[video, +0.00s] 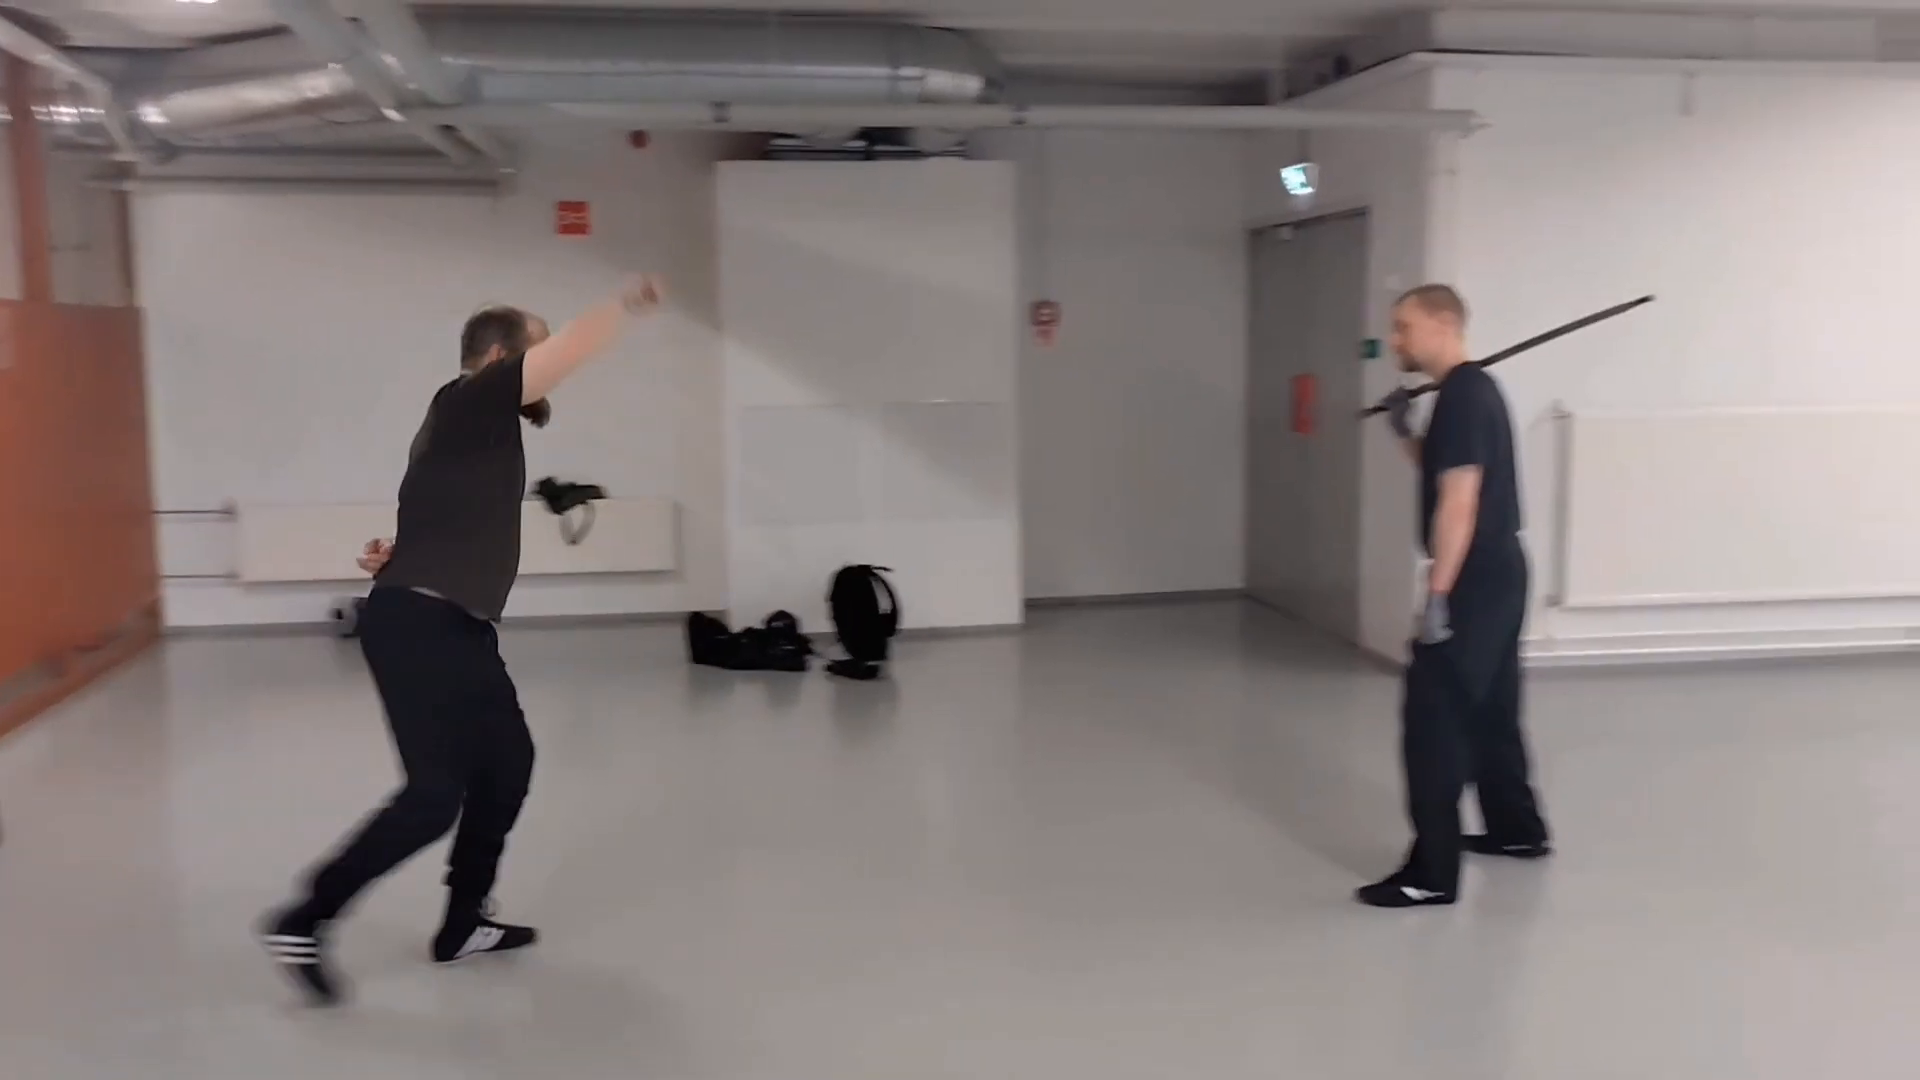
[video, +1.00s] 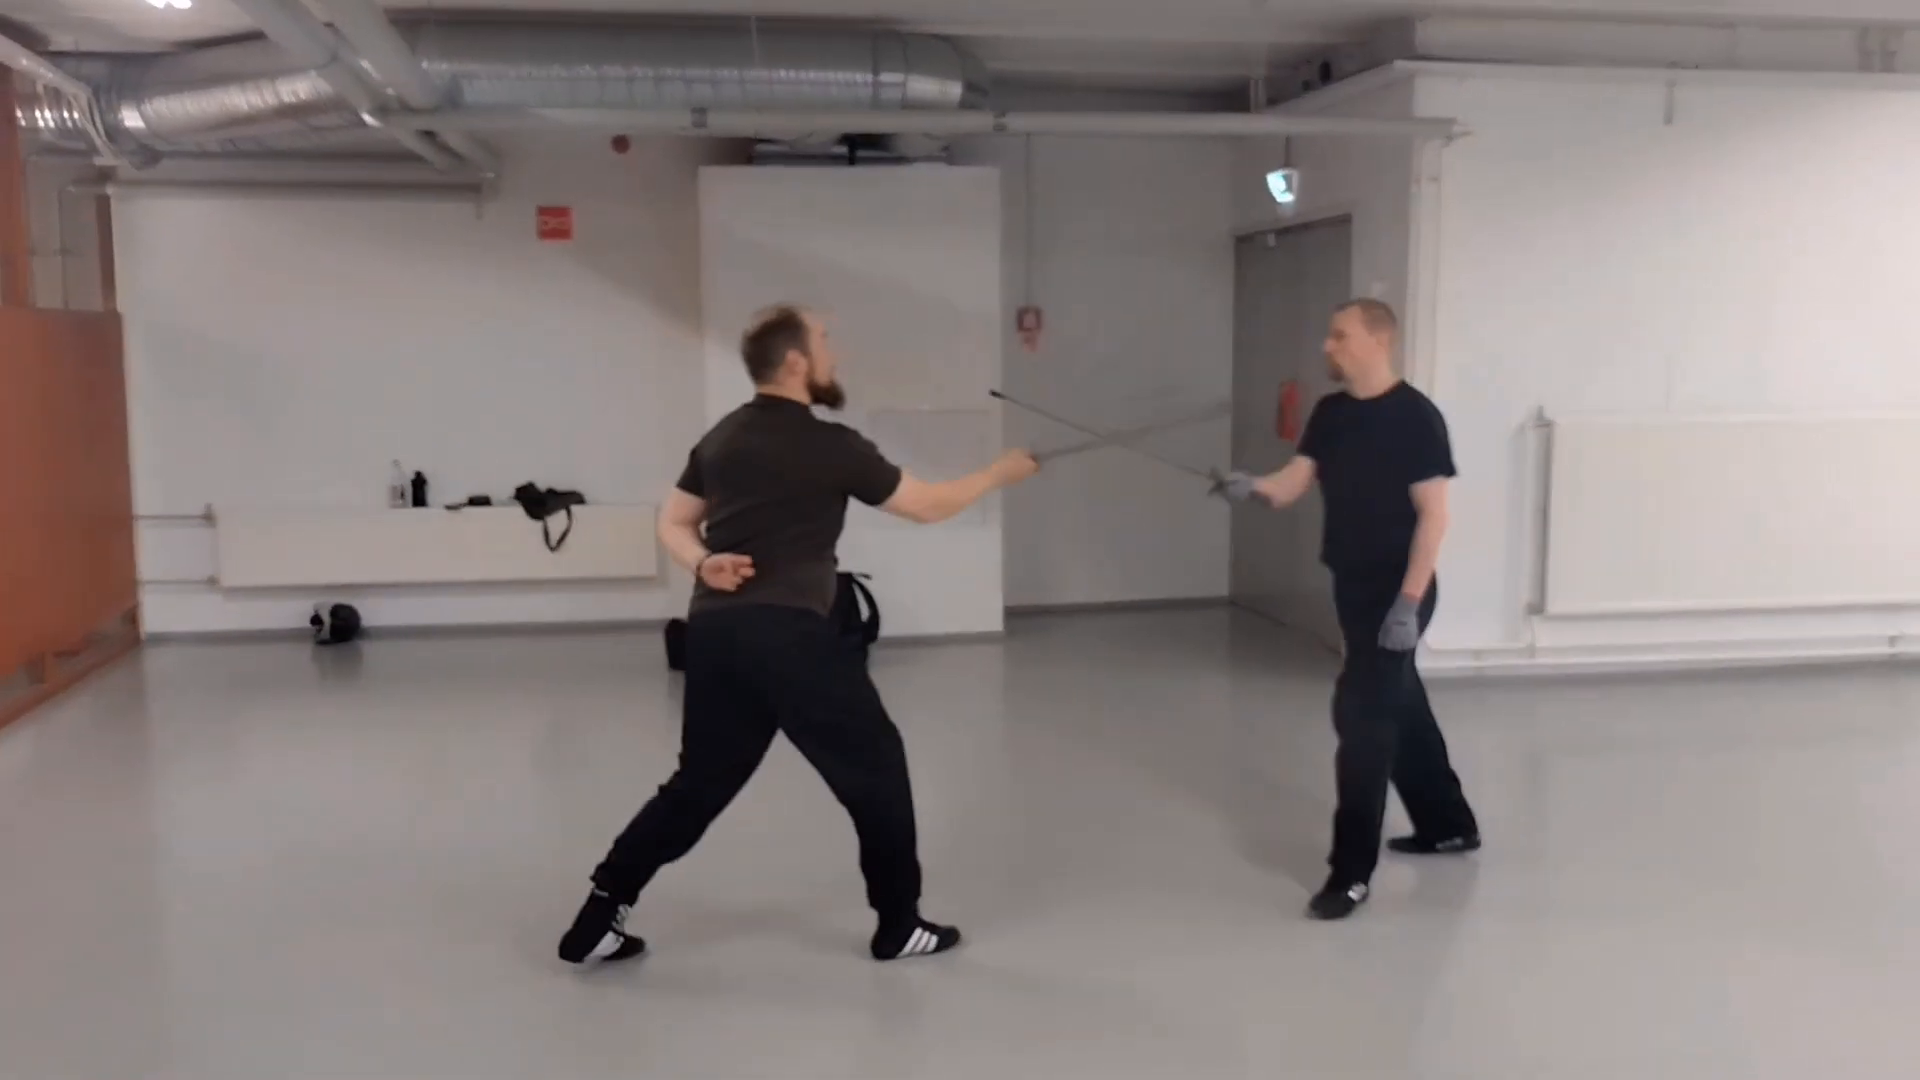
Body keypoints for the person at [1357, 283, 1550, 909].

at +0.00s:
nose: (1394, 342)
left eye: (1402, 328)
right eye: (1394, 330)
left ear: (1442, 325)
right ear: (1442, 329)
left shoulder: (1462, 393)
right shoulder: (1473, 388)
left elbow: (1460, 500)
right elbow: (1446, 476)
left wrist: (1436, 595)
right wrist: (1408, 432)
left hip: (1473, 574)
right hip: (1493, 568)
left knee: (1430, 712)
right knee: (1487, 703)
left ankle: (1433, 871)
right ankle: (1517, 828)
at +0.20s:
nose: (1376, 343)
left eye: (1383, 330)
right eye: (1376, 331)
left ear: (1424, 330)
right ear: (1426, 331)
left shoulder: (1440, 395)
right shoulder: (1441, 393)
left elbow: (1434, 496)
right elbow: (1399, 480)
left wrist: (1402, 591)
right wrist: (1369, 419)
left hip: (1439, 580)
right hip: (1456, 575)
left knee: (1390, 712)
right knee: (1429, 700)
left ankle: (1410, 870)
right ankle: (1459, 812)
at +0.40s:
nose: (1373, 345)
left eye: (1382, 334)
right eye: (1373, 334)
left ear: (1422, 334)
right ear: (1413, 337)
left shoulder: (1446, 402)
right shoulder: (1407, 404)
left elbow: (1447, 505)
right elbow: (1338, 452)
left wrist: (1418, 594)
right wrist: (1327, 381)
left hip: (1433, 582)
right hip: (1407, 577)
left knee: (1392, 717)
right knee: (1416, 708)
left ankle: (1404, 870)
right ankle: (1453, 816)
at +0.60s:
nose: (1382, 336)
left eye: (1392, 325)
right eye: (1381, 326)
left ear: (1433, 327)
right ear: (1389, 336)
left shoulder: (1468, 401)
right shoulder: (1388, 392)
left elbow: (1480, 503)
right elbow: (1307, 404)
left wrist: (1456, 590)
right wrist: (1285, 327)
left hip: (1447, 575)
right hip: (1399, 571)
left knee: (1427, 718)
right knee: (1412, 707)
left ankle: (1408, 863)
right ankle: (1461, 817)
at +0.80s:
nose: (1367, 340)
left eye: (1377, 329)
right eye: (1367, 331)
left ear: (1418, 331)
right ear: (1384, 338)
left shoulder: (1454, 405)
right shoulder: (1373, 394)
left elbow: (1466, 506)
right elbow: (1313, 421)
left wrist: (1442, 589)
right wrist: (1282, 407)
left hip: (1430, 574)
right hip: (1382, 570)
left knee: (1402, 716)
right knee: (1417, 706)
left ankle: (1388, 865)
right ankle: (1455, 822)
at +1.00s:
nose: (1328, 347)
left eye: (1340, 336)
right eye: (1329, 337)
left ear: (1380, 342)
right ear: (1350, 346)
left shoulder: (1415, 416)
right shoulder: (1331, 413)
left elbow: (1434, 515)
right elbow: (1292, 482)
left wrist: (1409, 600)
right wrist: (1255, 487)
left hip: (1402, 588)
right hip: (1352, 585)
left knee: (1359, 712)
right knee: (1402, 708)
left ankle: (1350, 873)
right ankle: (1446, 823)